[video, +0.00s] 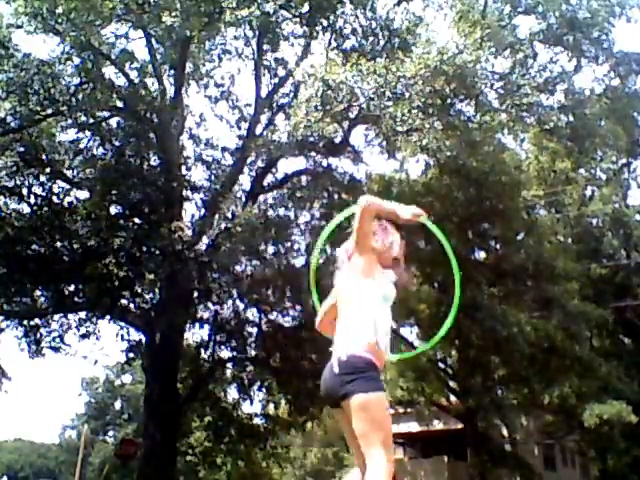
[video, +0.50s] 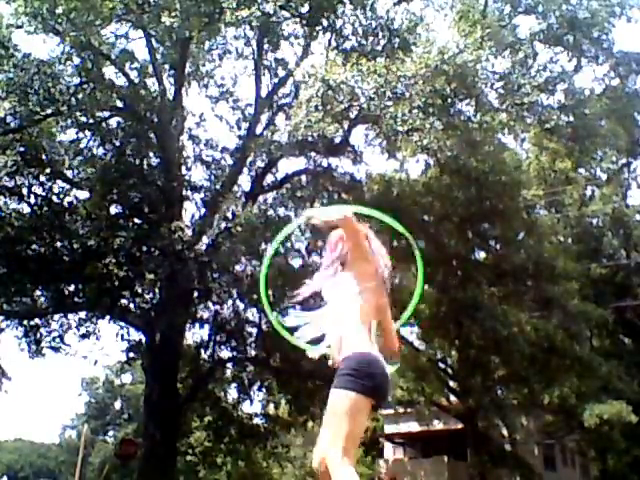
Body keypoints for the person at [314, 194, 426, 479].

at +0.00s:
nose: (397, 244)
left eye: (396, 238)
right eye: (392, 235)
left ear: (389, 245)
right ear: (376, 236)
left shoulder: (347, 277)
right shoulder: (365, 256)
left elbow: (324, 322)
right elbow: (366, 204)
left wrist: (361, 339)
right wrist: (400, 210)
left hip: (335, 370)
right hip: (359, 367)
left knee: (363, 463)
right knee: (381, 460)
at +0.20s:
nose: (395, 245)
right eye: (391, 240)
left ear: (351, 243)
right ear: (385, 241)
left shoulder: (335, 269)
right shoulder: (394, 261)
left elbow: (329, 312)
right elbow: (441, 245)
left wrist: (300, 315)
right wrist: (416, 226)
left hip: (335, 365)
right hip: (380, 365)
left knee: (335, 459)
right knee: (381, 461)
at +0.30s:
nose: (346, 245)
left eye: (349, 240)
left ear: (352, 242)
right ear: (386, 245)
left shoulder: (344, 266)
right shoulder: (397, 275)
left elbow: (307, 303)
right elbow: (432, 305)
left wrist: (297, 263)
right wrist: (434, 274)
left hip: (337, 360)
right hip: (380, 365)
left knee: (328, 460)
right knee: (381, 464)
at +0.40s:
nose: (341, 249)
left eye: (344, 244)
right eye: (342, 245)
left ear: (354, 244)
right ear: (381, 248)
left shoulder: (349, 261)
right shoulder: (391, 290)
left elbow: (306, 252)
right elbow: (403, 343)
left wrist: (317, 229)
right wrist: (376, 325)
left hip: (345, 363)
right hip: (379, 370)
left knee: (332, 463)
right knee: (349, 463)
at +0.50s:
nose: (334, 256)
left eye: (335, 248)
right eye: (335, 249)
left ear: (348, 245)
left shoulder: (361, 263)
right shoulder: (377, 286)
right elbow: (392, 346)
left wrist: (312, 216)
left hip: (358, 366)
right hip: (370, 370)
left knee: (336, 458)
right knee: (321, 460)